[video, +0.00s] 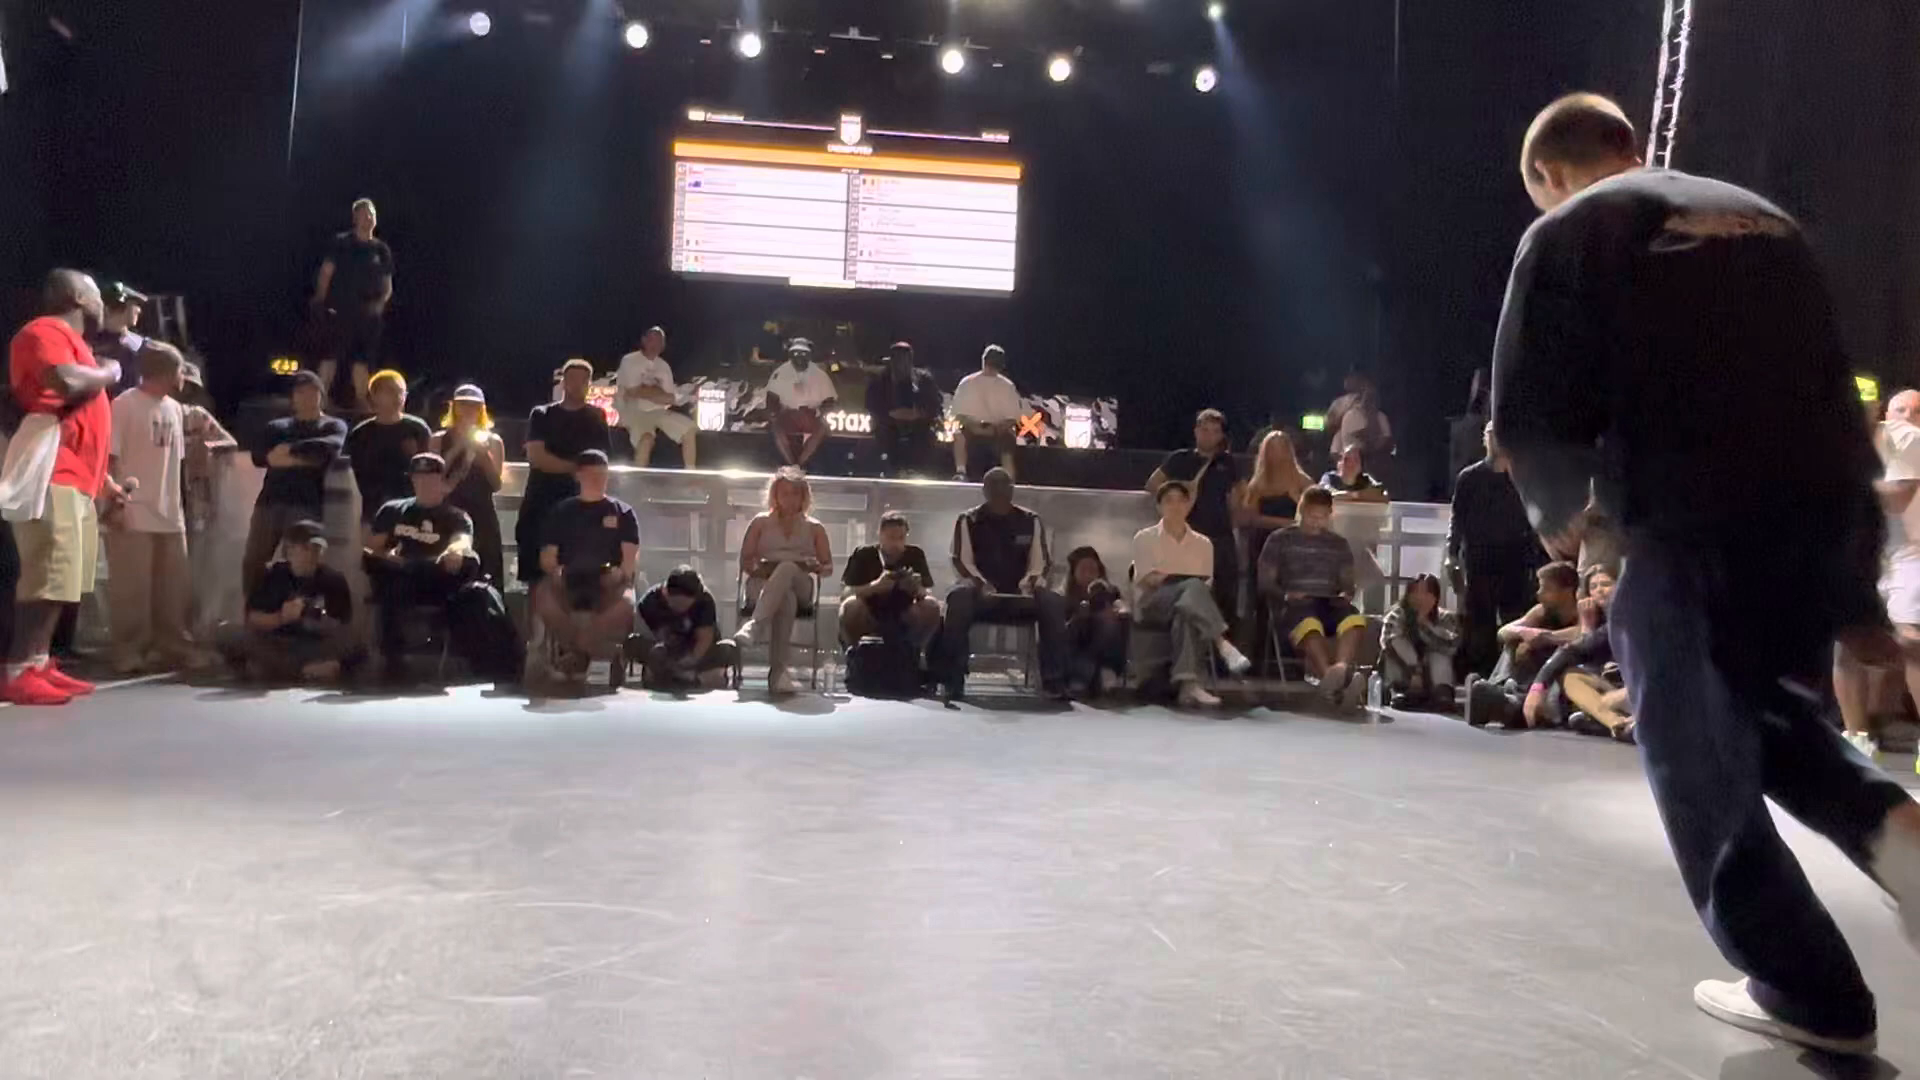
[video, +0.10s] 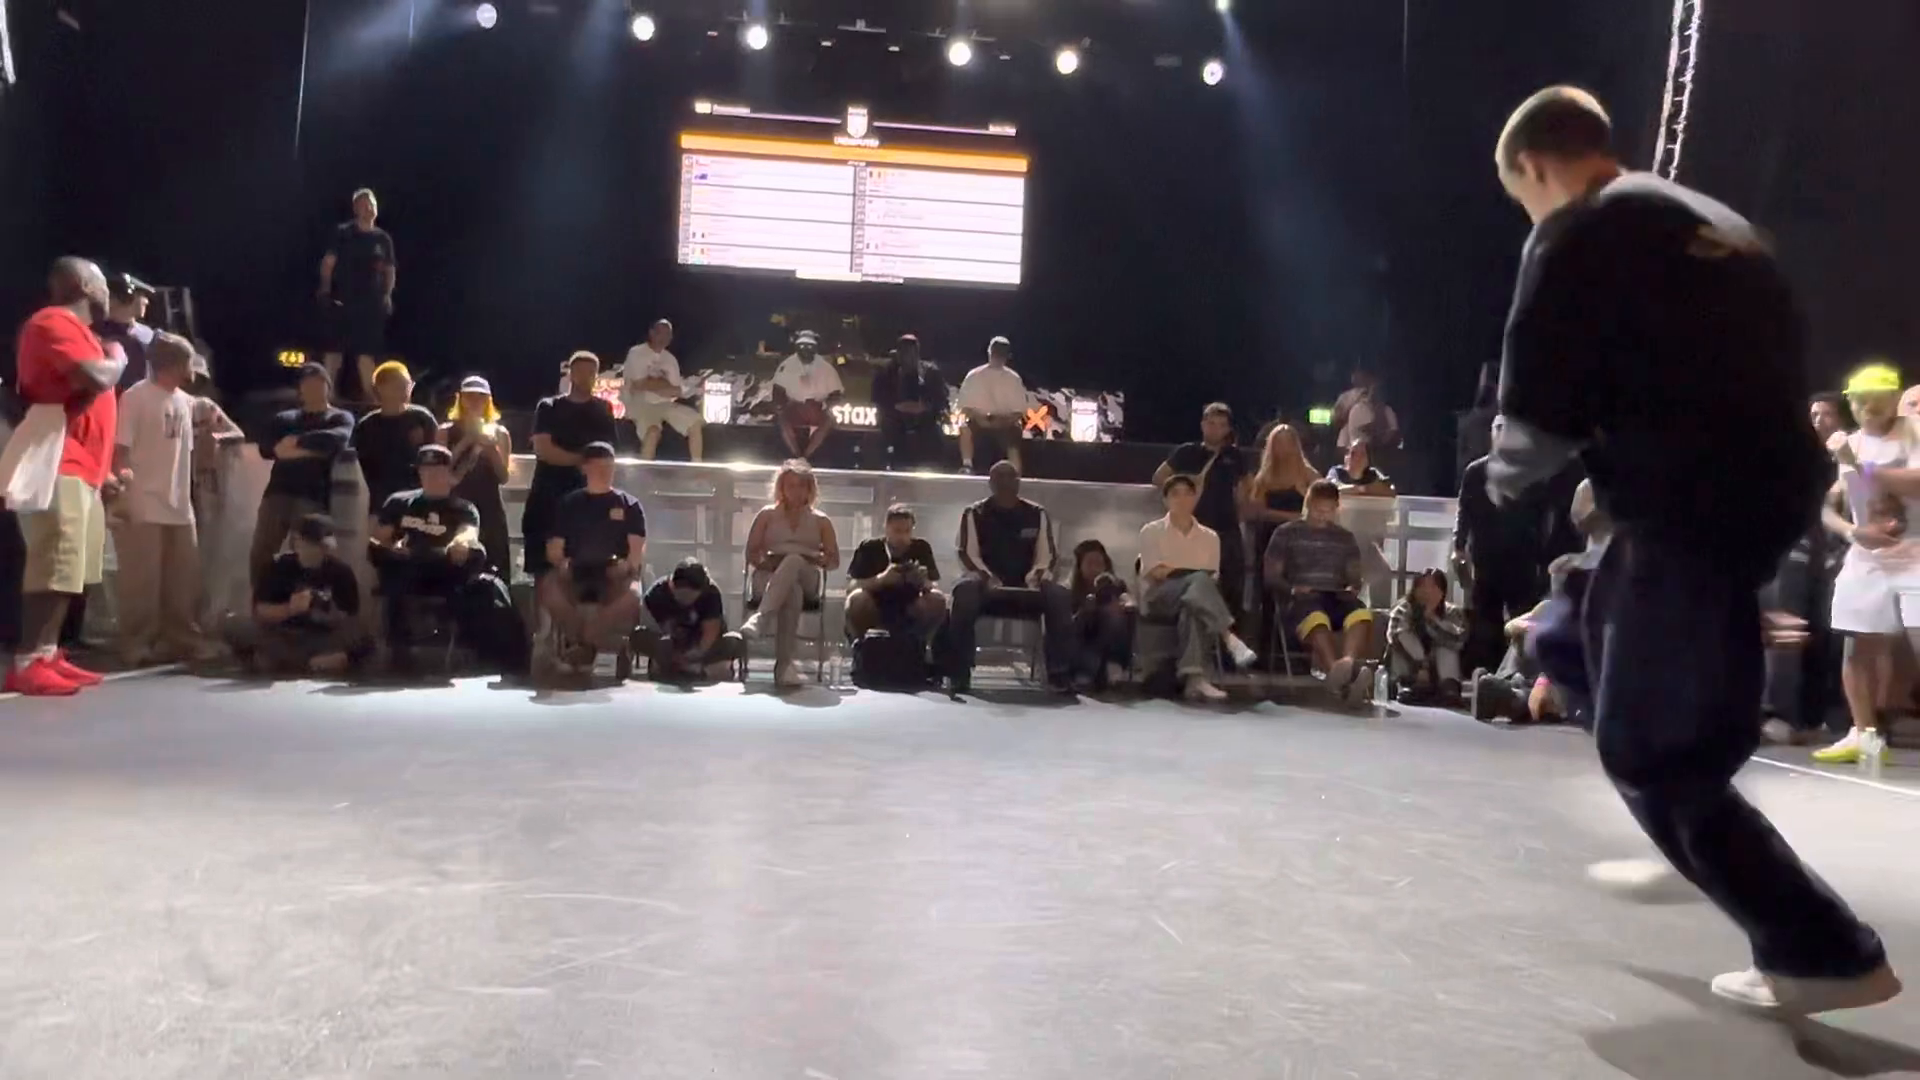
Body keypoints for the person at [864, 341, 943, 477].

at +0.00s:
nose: (901, 363)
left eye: (905, 358)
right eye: (897, 358)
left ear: (911, 360)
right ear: (892, 360)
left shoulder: (923, 378)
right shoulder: (881, 380)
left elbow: (934, 406)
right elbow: (872, 405)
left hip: (917, 427)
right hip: (890, 430)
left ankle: (919, 470)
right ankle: (891, 468)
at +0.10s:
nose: (909, 356)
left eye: (912, 352)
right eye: (905, 352)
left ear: (917, 352)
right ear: (898, 353)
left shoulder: (930, 371)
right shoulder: (888, 373)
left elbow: (941, 399)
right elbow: (879, 398)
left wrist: (923, 408)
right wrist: (898, 410)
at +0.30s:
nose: (918, 345)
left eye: (922, 340)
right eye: (915, 340)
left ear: (928, 341)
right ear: (909, 341)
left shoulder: (940, 359)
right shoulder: (899, 359)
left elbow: (951, 385)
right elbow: (887, 384)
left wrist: (932, 395)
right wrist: (906, 397)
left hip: (934, 405)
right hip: (907, 407)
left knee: (943, 415)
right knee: (896, 412)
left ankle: (942, 451)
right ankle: (896, 449)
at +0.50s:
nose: (930, 337)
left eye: (934, 332)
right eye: (926, 332)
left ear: (940, 333)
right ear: (920, 332)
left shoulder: (951, 350)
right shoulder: (908, 350)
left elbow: (962, 379)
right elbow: (898, 377)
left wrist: (942, 387)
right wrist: (919, 387)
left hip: (944, 398)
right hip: (916, 399)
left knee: (954, 402)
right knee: (904, 398)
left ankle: (951, 442)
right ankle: (902, 442)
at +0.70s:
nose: (941, 330)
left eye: (944, 325)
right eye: (937, 325)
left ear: (950, 325)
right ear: (931, 325)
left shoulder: (962, 344)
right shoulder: (918, 344)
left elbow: (972, 374)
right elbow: (907, 370)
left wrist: (954, 380)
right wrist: (928, 379)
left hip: (955, 391)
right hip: (927, 391)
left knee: (964, 397)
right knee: (918, 391)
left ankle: (960, 436)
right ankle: (915, 432)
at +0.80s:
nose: (945, 326)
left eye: (949, 321)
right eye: (941, 321)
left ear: (954, 321)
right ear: (935, 321)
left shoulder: (967, 340)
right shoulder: (923, 340)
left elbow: (976, 369)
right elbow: (912, 366)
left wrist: (958, 376)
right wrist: (932, 375)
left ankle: (962, 430)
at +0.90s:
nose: (949, 322)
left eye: (953, 318)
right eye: (945, 318)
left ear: (959, 318)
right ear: (939, 318)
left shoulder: (971, 337)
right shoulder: (928, 338)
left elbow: (982, 365)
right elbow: (917, 363)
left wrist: (963, 371)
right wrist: (938, 371)